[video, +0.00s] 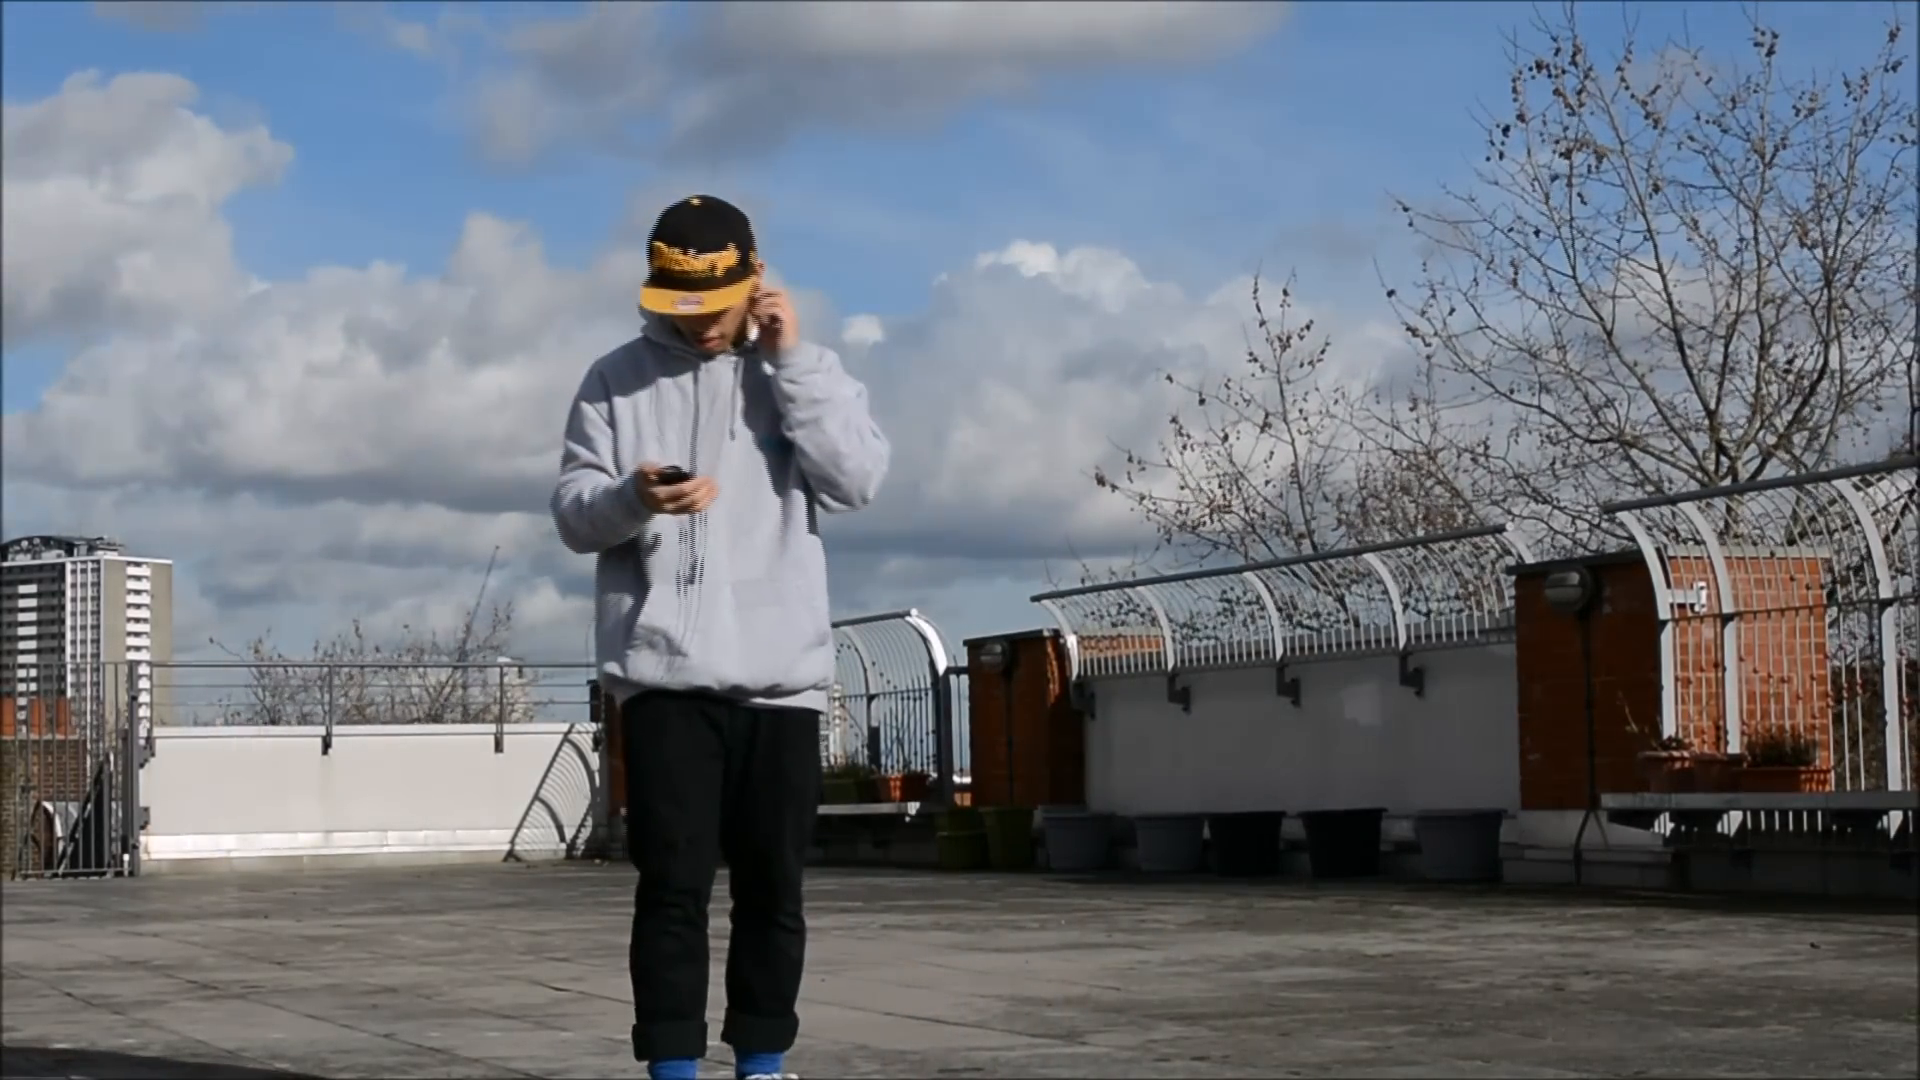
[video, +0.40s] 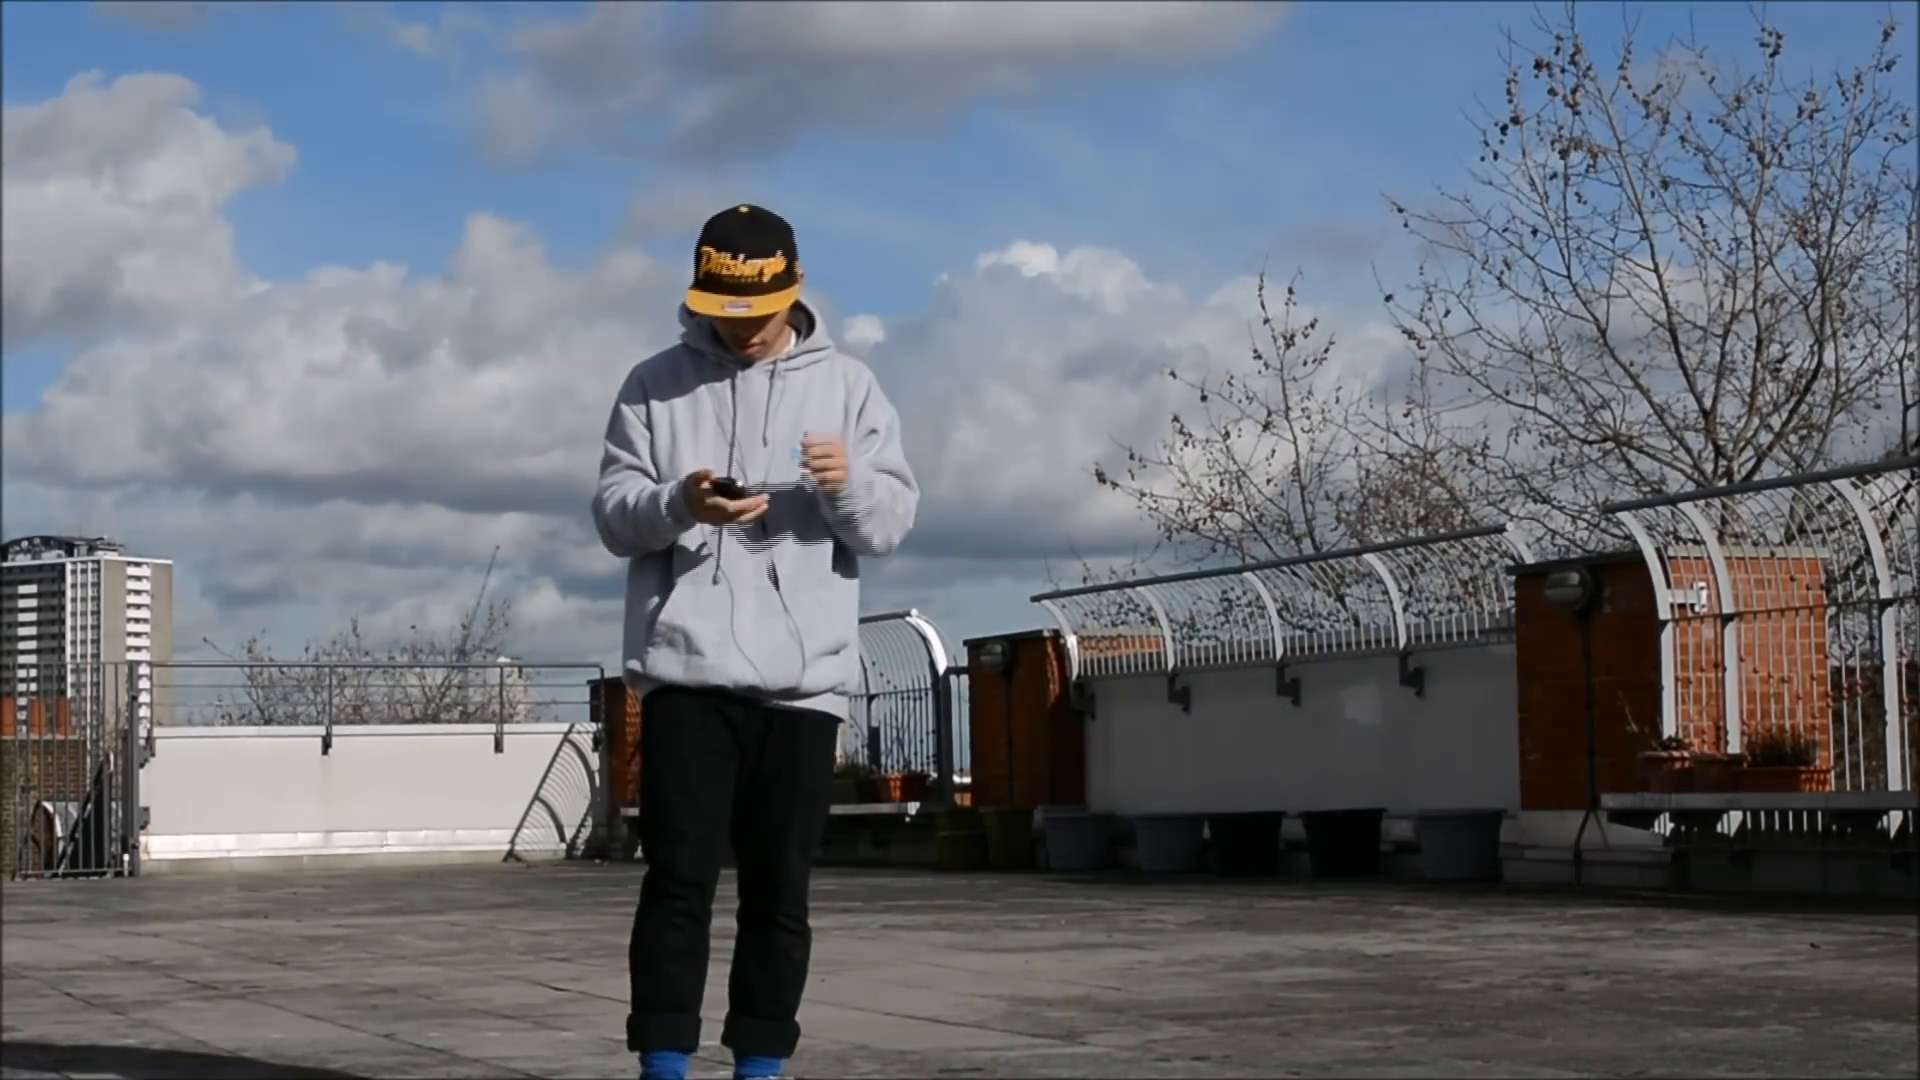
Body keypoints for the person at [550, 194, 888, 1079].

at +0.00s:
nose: (696, 329)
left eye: (712, 311)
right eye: (677, 314)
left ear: (751, 285)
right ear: (652, 291)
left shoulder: (797, 370)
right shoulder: (616, 378)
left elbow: (857, 479)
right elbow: (575, 517)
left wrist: (791, 357)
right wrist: (635, 497)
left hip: (779, 675)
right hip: (662, 676)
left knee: (771, 882)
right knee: (674, 881)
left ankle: (764, 1062)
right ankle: (672, 1064)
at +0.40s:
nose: (742, 327)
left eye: (759, 311)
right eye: (725, 312)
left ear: (793, 290)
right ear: (700, 295)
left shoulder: (848, 383)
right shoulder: (654, 384)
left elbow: (892, 521)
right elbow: (616, 515)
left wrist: (847, 485)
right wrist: (679, 504)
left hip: (803, 676)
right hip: (686, 674)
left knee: (780, 883)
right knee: (680, 875)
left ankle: (763, 1063)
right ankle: (664, 1061)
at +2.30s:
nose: (761, 301)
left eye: (779, 285)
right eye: (746, 283)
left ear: (819, 278)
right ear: (726, 277)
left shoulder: (867, 389)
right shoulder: (665, 376)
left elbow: (908, 505)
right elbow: (595, 489)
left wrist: (857, 546)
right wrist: (596, 609)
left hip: (805, 678)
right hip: (684, 669)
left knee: (779, 883)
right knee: (673, 875)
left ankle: (760, 1062)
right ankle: (654, 1061)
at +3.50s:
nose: (761, 276)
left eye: (782, 258)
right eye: (746, 258)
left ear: (819, 264)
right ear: (727, 263)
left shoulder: (870, 380)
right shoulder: (673, 362)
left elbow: (904, 495)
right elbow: (625, 483)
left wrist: (873, 546)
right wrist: (638, 590)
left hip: (805, 672)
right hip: (686, 659)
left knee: (780, 884)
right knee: (673, 872)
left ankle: (762, 1063)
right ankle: (653, 1062)